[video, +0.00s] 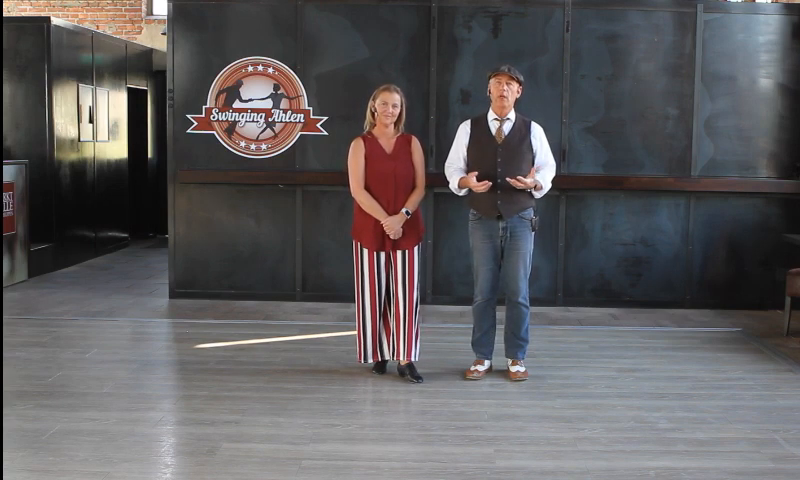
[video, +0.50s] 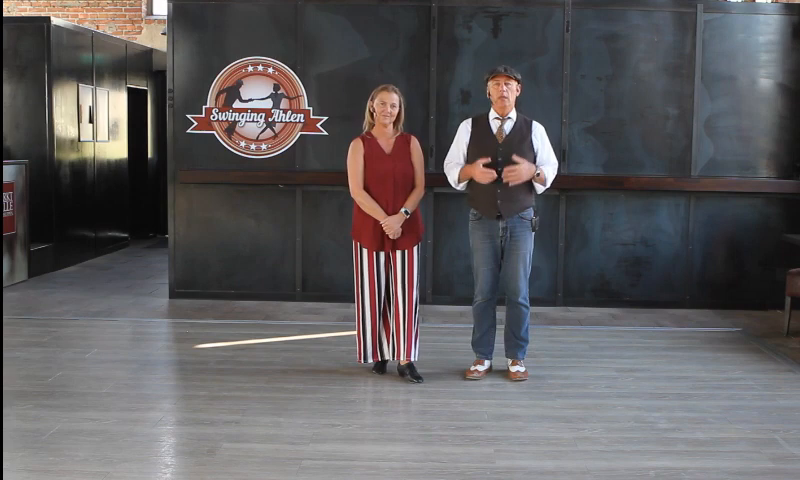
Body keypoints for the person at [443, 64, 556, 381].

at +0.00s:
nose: (504, 90)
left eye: (510, 85)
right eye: (499, 84)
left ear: (518, 92)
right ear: (489, 89)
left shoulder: (532, 130)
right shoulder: (468, 129)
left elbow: (548, 169)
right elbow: (452, 170)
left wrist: (533, 181)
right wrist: (466, 181)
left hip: (520, 219)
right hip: (481, 220)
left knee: (517, 292)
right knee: (483, 292)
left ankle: (516, 359)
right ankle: (482, 358)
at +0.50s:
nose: (502, 90)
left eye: (508, 86)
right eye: (497, 85)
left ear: (517, 91)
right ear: (488, 91)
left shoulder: (533, 130)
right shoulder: (469, 127)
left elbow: (550, 170)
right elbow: (451, 168)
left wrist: (532, 171)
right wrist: (469, 171)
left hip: (520, 220)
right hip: (481, 220)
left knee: (517, 293)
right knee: (483, 292)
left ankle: (516, 358)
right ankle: (482, 358)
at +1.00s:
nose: (500, 93)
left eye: (505, 87)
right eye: (494, 88)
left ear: (517, 90)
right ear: (488, 93)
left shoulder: (535, 131)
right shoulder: (471, 127)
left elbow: (545, 172)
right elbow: (453, 167)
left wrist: (542, 186)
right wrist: (482, 172)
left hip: (521, 219)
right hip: (482, 219)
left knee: (517, 293)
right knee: (484, 292)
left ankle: (516, 359)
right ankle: (482, 358)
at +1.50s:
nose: (501, 92)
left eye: (507, 86)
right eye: (496, 87)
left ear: (518, 90)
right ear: (489, 92)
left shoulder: (536, 131)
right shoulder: (472, 126)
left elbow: (545, 171)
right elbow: (454, 167)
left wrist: (542, 186)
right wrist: (482, 173)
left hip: (521, 219)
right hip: (482, 219)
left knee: (517, 293)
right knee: (484, 292)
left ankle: (516, 359)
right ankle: (482, 358)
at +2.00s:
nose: (497, 92)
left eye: (502, 86)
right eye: (491, 87)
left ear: (514, 90)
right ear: (485, 93)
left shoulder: (533, 129)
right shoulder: (469, 129)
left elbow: (549, 166)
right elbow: (453, 170)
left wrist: (537, 177)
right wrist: (471, 178)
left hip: (521, 219)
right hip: (482, 219)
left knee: (517, 292)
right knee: (484, 291)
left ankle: (516, 359)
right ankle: (482, 358)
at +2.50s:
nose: (495, 94)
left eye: (501, 88)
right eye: (491, 88)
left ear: (514, 93)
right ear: (485, 92)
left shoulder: (531, 129)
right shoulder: (469, 129)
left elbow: (549, 170)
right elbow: (454, 166)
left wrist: (527, 173)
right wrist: (455, 179)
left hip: (520, 220)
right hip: (481, 220)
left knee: (516, 292)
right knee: (483, 292)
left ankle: (516, 358)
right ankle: (482, 358)